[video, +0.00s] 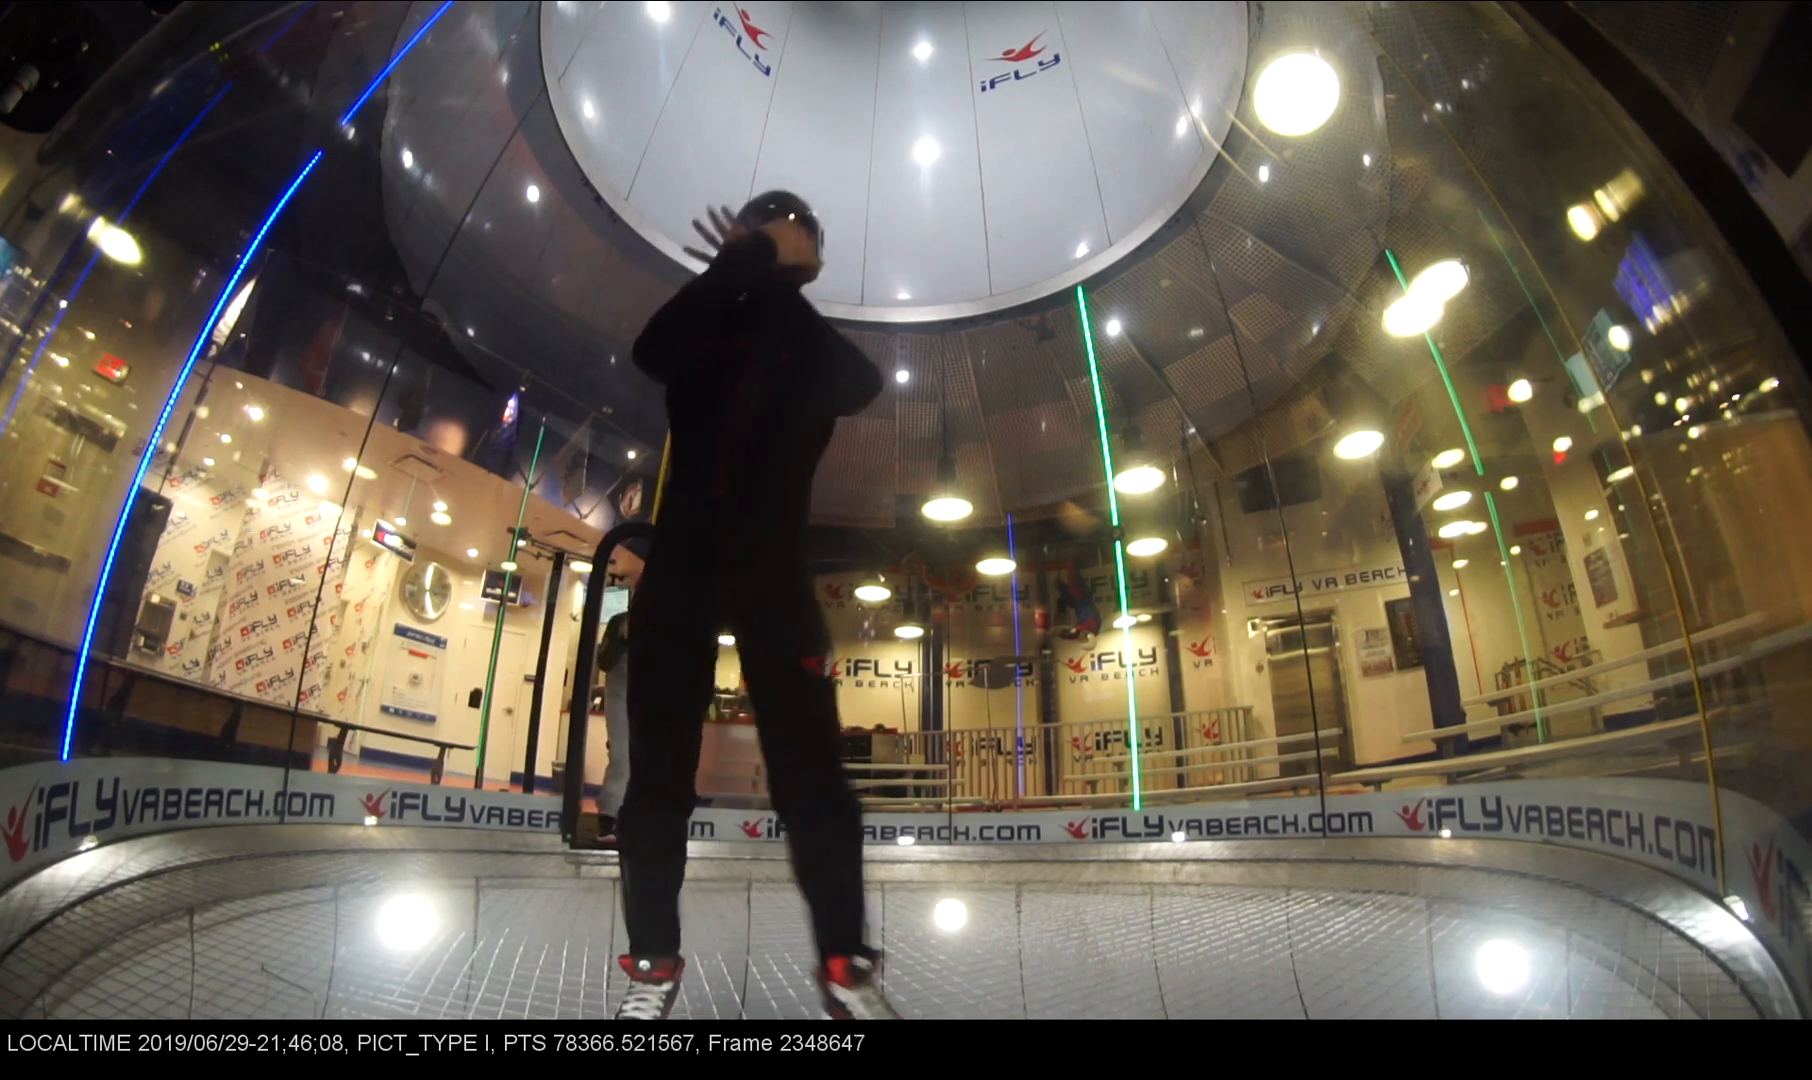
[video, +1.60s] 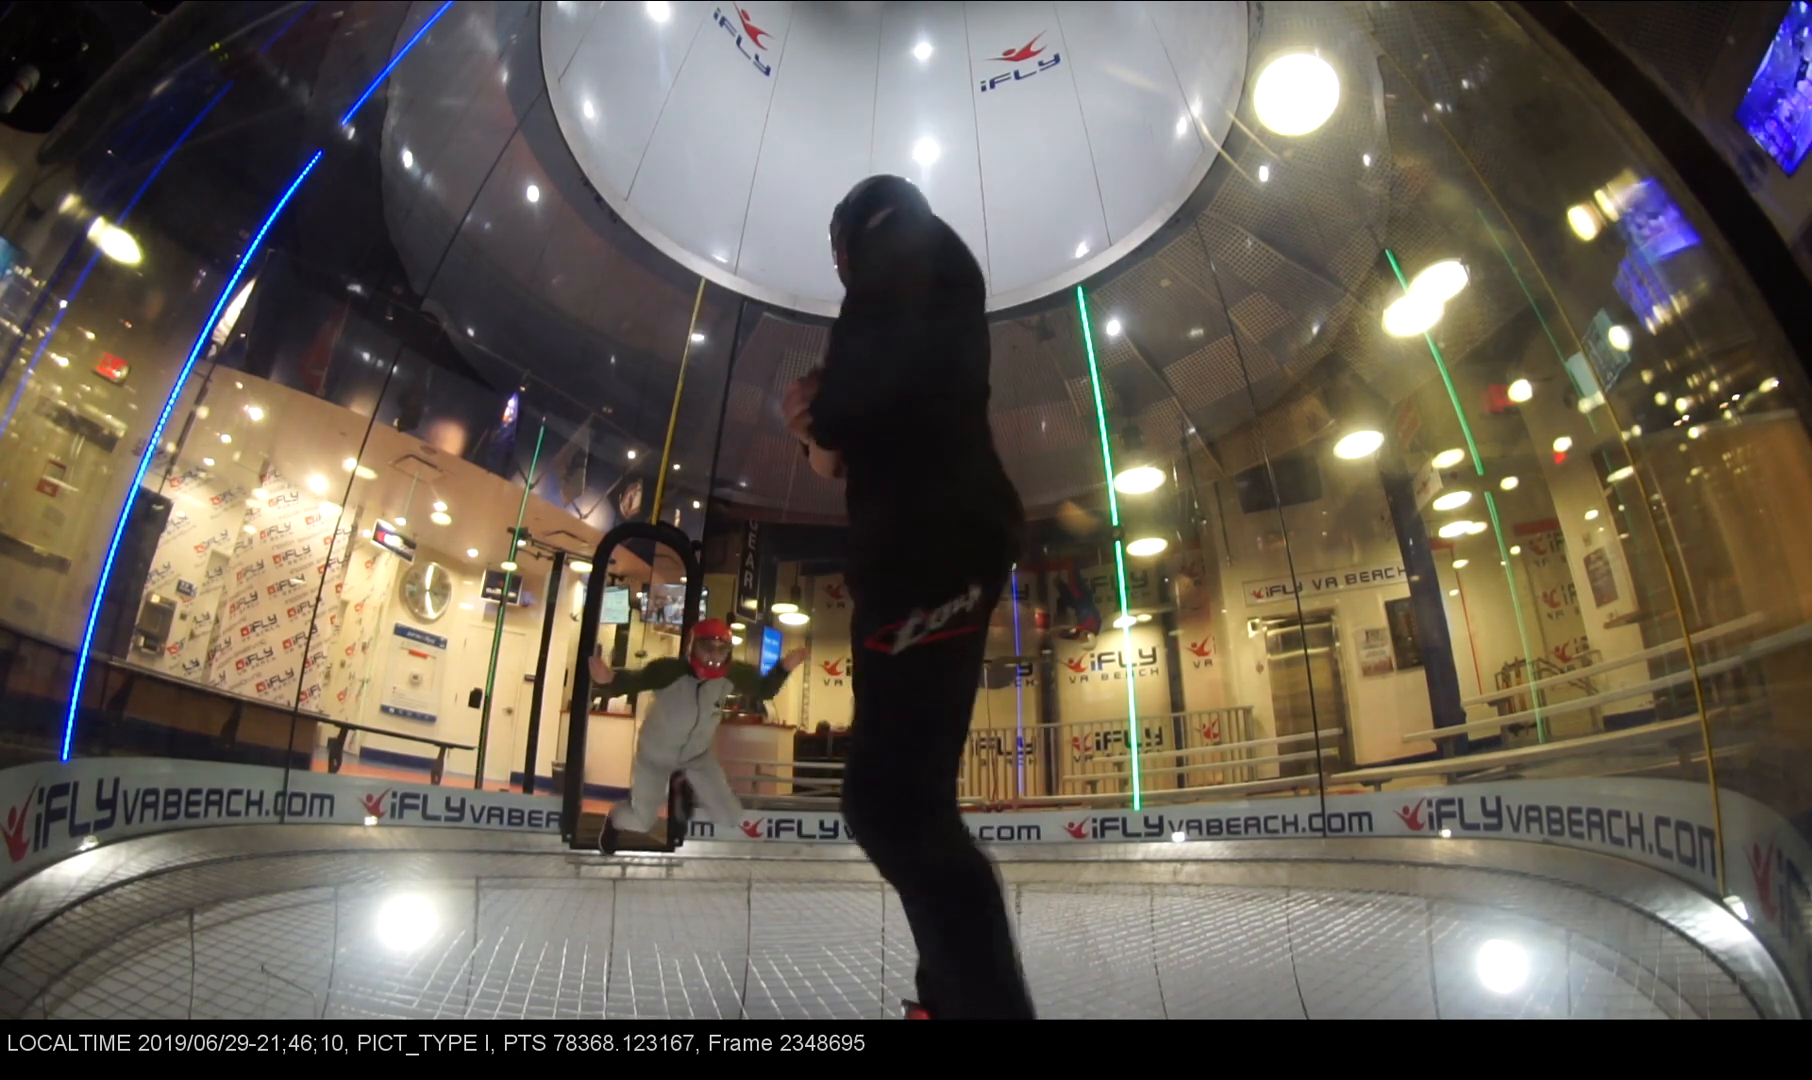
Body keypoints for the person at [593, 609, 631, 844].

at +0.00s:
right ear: (630, 598)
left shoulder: (655, 627)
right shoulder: (620, 622)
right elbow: (604, 662)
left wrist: (633, 636)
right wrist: (620, 637)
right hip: (620, 695)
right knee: (621, 754)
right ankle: (609, 814)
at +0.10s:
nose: (641, 605)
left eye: (647, 601)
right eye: (640, 600)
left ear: (654, 606)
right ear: (634, 600)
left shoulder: (659, 628)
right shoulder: (620, 624)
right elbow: (601, 664)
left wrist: (645, 643)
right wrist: (620, 648)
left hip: (647, 700)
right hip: (619, 698)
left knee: (641, 761)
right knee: (620, 757)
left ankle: (631, 822)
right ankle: (608, 822)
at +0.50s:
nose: (660, 619)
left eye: (665, 614)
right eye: (655, 612)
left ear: (670, 615)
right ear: (642, 610)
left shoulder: (669, 639)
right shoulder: (621, 629)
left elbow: (667, 671)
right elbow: (595, 658)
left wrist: (678, 664)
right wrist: (609, 660)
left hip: (644, 706)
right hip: (612, 704)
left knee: (644, 763)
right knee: (619, 762)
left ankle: (629, 821)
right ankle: (608, 821)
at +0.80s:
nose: (670, 621)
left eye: (676, 616)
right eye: (665, 614)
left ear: (682, 617)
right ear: (653, 611)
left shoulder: (680, 638)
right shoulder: (632, 627)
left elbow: (694, 643)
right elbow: (603, 632)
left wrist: (705, 647)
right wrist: (609, 646)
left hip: (654, 710)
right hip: (622, 706)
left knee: (651, 766)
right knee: (627, 764)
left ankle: (630, 823)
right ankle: (610, 822)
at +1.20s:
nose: (686, 641)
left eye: (693, 636)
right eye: (681, 633)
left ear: (700, 638)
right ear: (669, 629)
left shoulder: (694, 660)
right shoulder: (646, 646)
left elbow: (709, 665)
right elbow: (608, 652)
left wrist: (723, 664)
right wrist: (608, 659)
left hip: (668, 736)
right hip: (633, 732)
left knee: (664, 800)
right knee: (638, 799)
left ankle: (633, 823)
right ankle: (611, 817)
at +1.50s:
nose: (706, 657)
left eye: (713, 652)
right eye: (700, 650)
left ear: (720, 654)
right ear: (686, 648)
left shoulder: (716, 678)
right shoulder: (661, 668)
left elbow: (734, 689)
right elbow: (627, 679)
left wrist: (755, 676)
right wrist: (605, 683)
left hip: (683, 760)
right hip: (643, 759)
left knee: (695, 825)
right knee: (642, 826)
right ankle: (612, 819)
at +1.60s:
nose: (714, 655)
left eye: (721, 649)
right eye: (707, 647)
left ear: (728, 652)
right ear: (693, 646)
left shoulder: (732, 675)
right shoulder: (670, 671)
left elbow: (764, 689)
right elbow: (634, 680)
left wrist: (784, 668)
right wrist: (609, 679)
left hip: (698, 758)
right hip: (654, 759)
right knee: (642, 821)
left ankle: (687, 803)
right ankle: (614, 821)